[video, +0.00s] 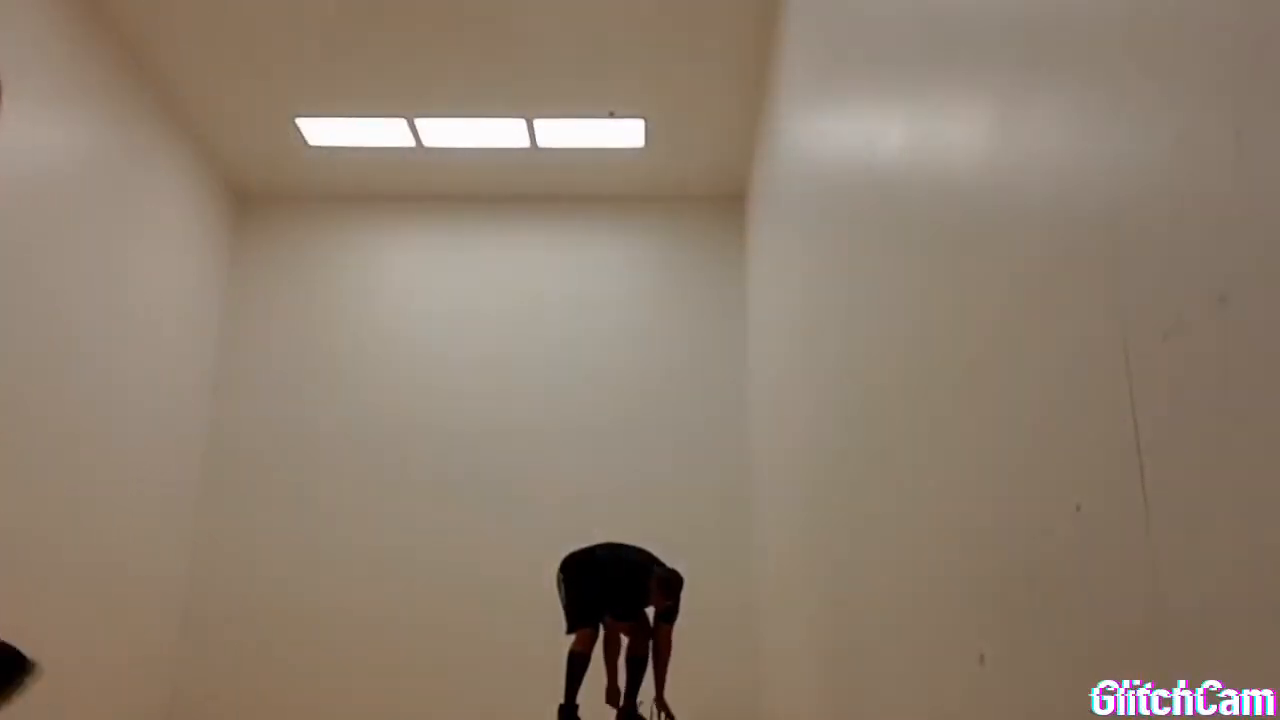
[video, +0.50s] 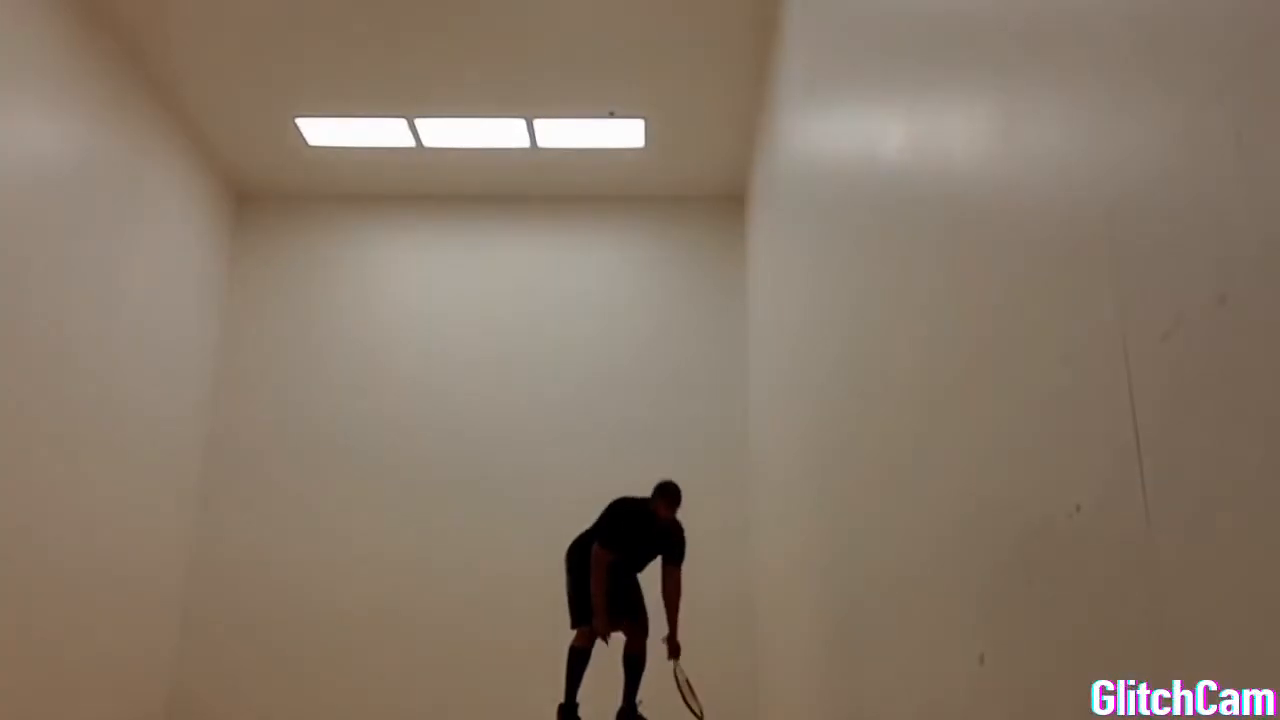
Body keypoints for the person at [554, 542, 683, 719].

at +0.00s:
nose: (661, 605)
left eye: (667, 601)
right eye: (660, 599)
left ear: (674, 594)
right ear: (655, 587)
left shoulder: (670, 590)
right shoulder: (627, 585)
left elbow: (662, 641)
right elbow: (611, 636)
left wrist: (660, 695)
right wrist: (612, 685)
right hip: (577, 573)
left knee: (641, 634)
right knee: (586, 633)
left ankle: (629, 706)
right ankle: (568, 706)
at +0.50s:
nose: (666, 514)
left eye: (671, 510)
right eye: (663, 508)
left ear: (676, 508)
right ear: (653, 502)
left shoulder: (673, 533)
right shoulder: (622, 510)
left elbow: (671, 583)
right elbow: (599, 560)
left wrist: (672, 632)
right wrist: (600, 617)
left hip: (623, 571)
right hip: (586, 562)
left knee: (638, 632)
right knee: (588, 629)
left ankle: (628, 707)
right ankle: (569, 705)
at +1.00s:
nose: (623, 440)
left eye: (628, 435)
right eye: (618, 434)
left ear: (634, 437)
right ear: (608, 437)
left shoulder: (650, 473)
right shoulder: (589, 471)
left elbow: (675, 508)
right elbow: (571, 516)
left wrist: (680, 535)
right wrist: (571, 557)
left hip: (635, 568)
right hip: (596, 566)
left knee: (634, 635)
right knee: (591, 633)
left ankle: (628, 705)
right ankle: (584, 705)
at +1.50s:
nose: (601, 443)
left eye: (604, 438)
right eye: (599, 438)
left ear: (609, 441)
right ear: (593, 440)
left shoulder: (625, 465)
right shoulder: (568, 471)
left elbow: (606, 447)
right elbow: (550, 512)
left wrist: (566, 430)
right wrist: (535, 549)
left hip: (611, 559)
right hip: (574, 559)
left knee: (615, 626)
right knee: (578, 631)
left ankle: (632, 696)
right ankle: (581, 705)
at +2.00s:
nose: (577, 444)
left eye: (580, 439)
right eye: (575, 440)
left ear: (583, 439)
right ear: (582, 438)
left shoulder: (608, 459)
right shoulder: (564, 472)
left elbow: (574, 453)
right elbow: (557, 517)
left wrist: (531, 444)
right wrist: (546, 563)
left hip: (601, 548)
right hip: (572, 550)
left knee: (584, 623)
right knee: (576, 625)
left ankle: (582, 703)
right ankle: (580, 701)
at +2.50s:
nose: (542, 443)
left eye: (544, 436)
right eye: (540, 437)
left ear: (557, 432)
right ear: (555, 433)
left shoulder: (582, 456)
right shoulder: (562, 467)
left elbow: (561, 496)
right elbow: (568, 516)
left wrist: (513, 515)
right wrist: (551, 552)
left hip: (599, 547)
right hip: (583, 550)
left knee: (584, 622)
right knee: (579, 623)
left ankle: (583, 704)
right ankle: (581, 702)